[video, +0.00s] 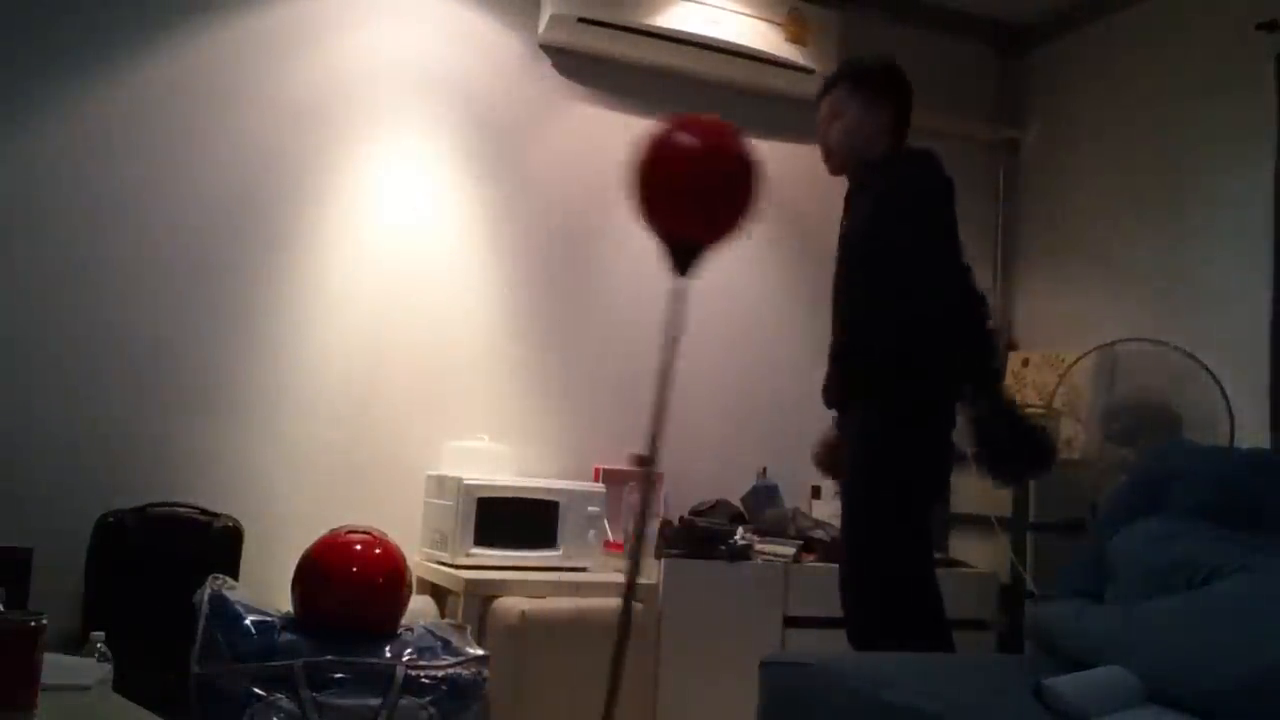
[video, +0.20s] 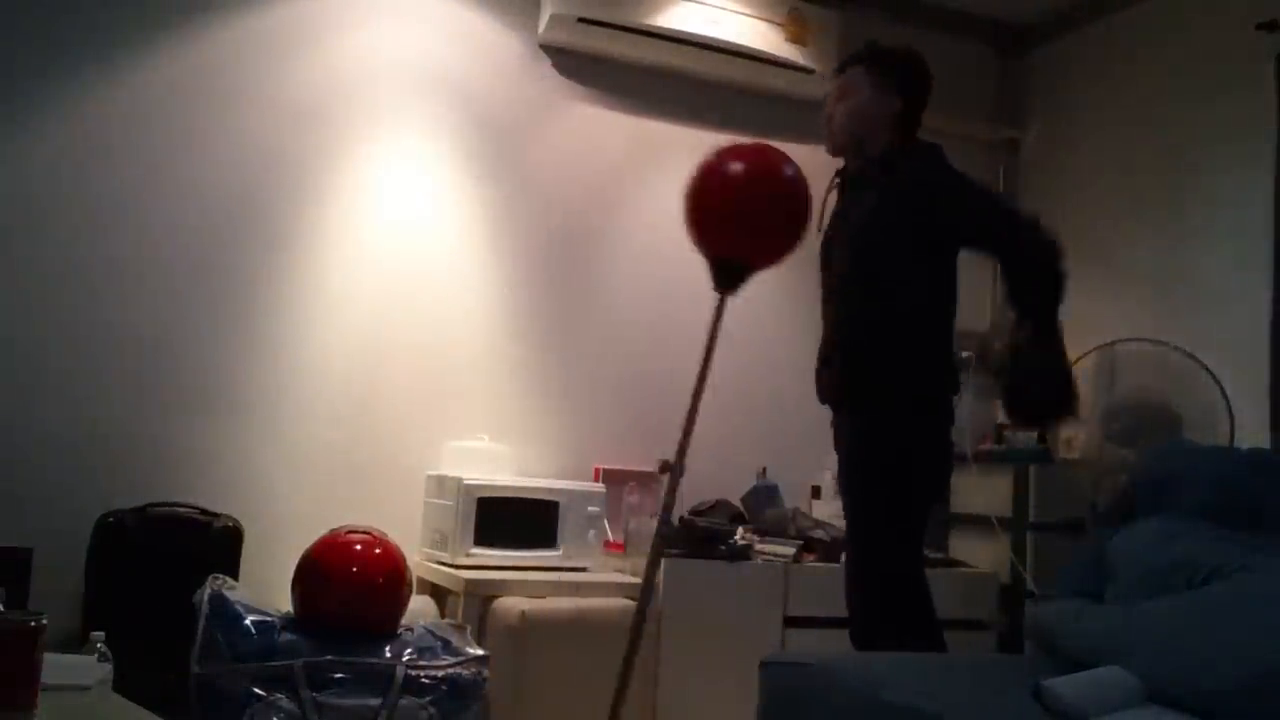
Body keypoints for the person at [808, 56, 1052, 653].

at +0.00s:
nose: (823, 133)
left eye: (834, 116)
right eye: (823, 118)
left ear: (875, 118)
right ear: (863, 121)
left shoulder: (905, 184)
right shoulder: (875, 190)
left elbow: (942, 301)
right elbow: (870, 318)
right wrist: (849, 424)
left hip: (902, 414)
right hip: (885, 413)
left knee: (884, 592)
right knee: (886, 589)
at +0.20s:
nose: (828, 108)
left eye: (843, 96)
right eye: (831, 95)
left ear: (885, 105)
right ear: (870, 106)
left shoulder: (920, 179)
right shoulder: (855, 183)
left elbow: (1028, 245)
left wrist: (1036, 348)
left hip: (904, 407)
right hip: (861, 404)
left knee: (885, 582)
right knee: (879, 577)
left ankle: (917, 705)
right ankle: (910, 704)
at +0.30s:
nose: (835, 101)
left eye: (852, 88)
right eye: (838, 88)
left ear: (895, 100)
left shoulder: (927, 173)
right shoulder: (855, 175)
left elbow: (1043, 211)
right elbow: (856, 277)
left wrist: (1004, 324)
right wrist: (837, 356)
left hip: (907, 403)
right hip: (858, 401)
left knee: (890, 592)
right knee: (871, 586)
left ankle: (915, 710)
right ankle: (898, 709)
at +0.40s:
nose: (845, 96)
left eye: (862, 83)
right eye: (846, 83)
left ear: (906, 95)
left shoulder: (932, 165)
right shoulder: (855, 171)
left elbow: (1027, 209)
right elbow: (846, 268)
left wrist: (939, 299)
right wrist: (830, 339)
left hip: (911, 399)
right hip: (862, 397)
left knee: (889, 581)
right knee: (857, 575)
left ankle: (912, 703)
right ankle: (898, 701)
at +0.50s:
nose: (856, 96)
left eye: (873, 81)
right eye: (856, 82)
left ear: (917, 94)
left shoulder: (948, 176)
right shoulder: (859, 177)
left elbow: (955, 275)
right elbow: (804, 253)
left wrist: (861, 345)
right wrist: (758, 329)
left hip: (920, 408)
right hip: (866, 406)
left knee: (891, 590)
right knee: (857, 583)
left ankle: (913, 714)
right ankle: (899, 709)